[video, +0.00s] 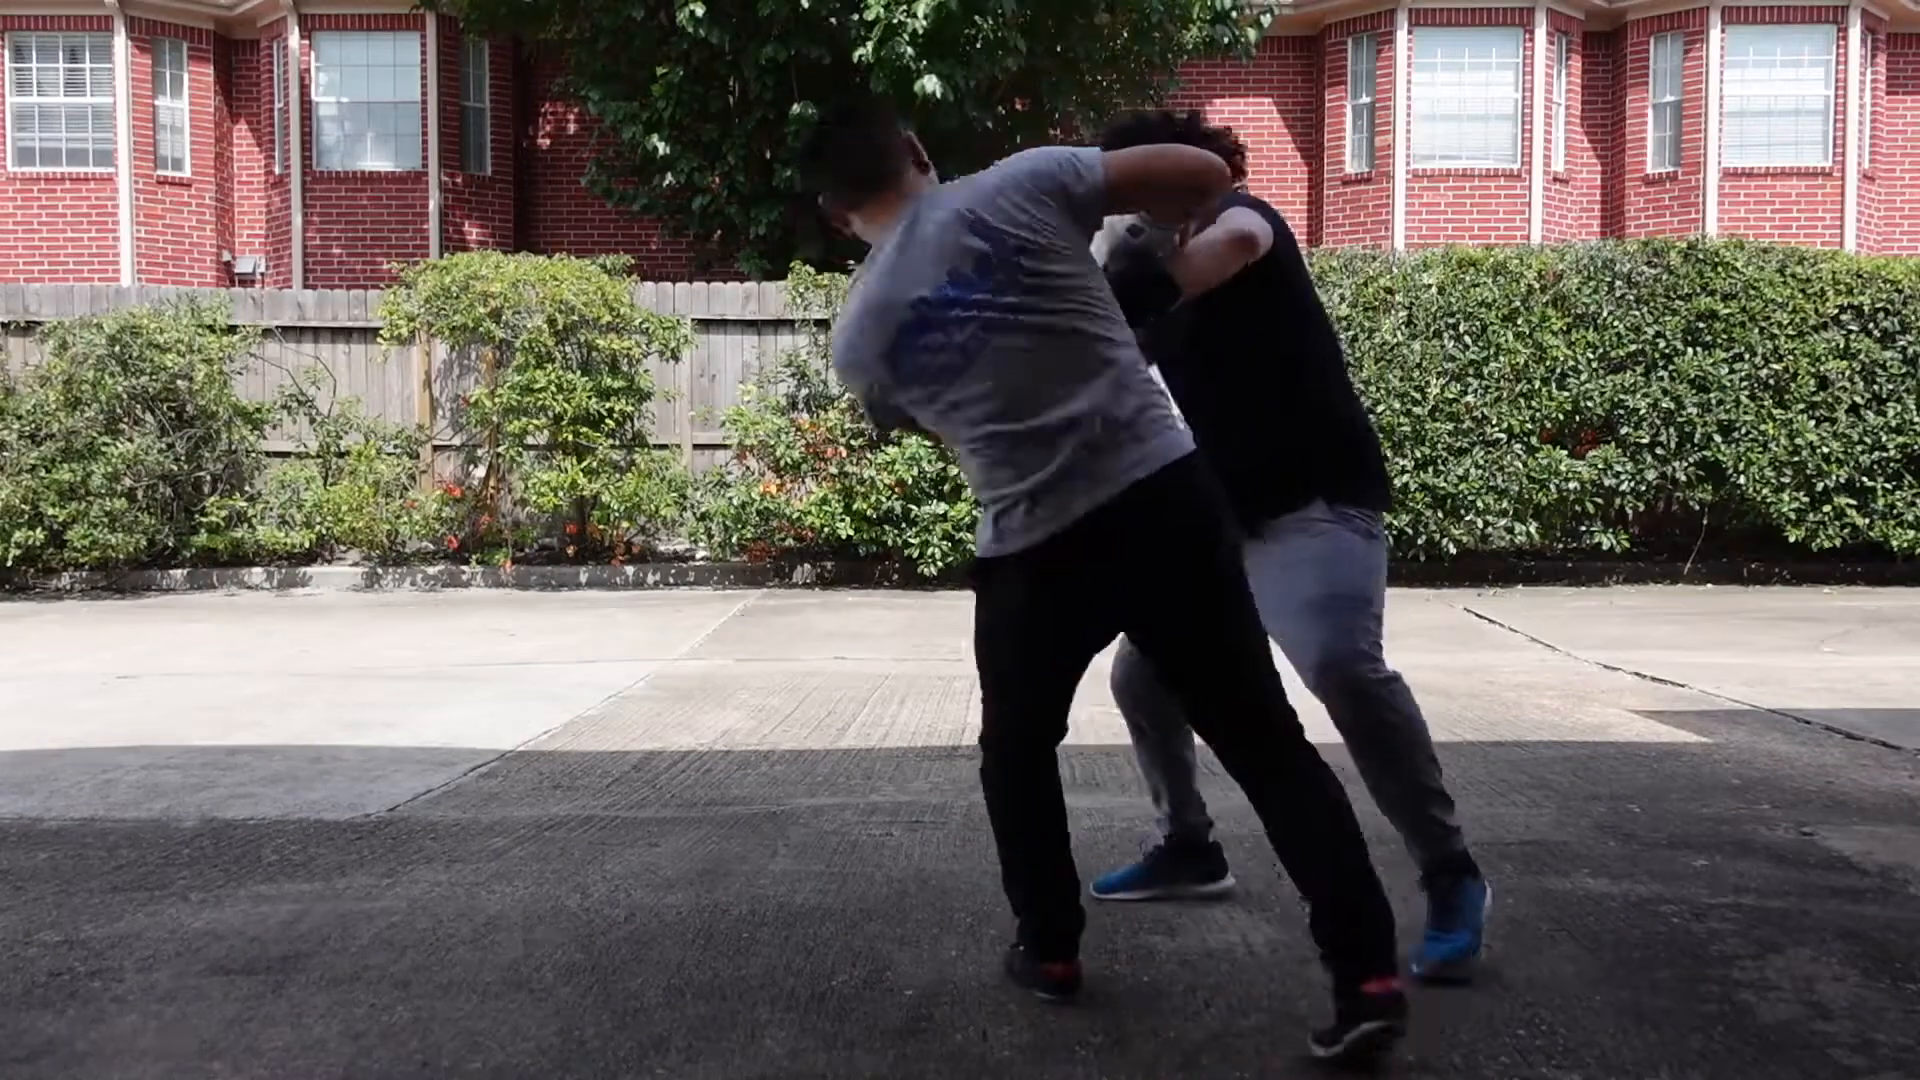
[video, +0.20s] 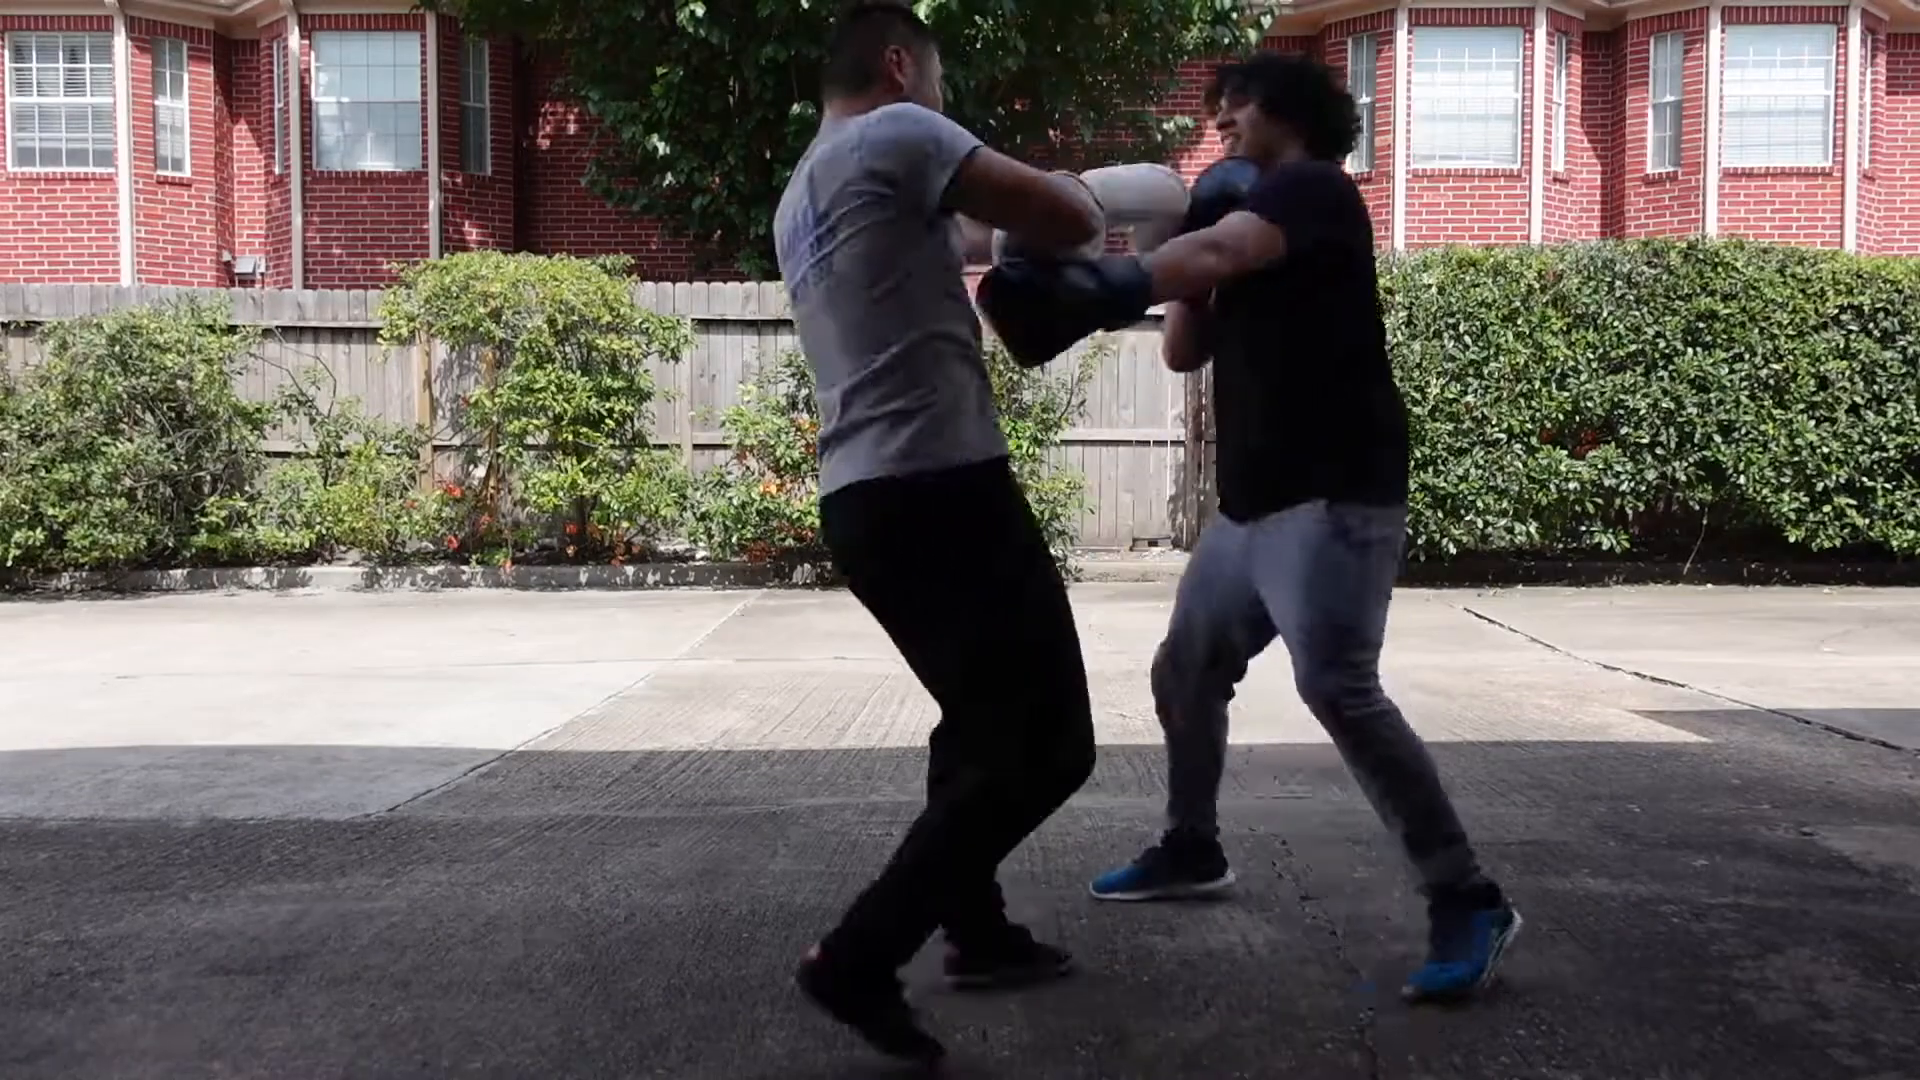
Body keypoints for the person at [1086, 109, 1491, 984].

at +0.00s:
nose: (1119, 207)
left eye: (1132, 190)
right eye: (1115, 193)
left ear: (1191, 178)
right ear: (1132, 199)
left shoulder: (1240, 216)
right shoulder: (1136, 265)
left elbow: (1226, 247)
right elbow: (1083, 336)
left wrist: (1118, 292)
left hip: (1314, 505)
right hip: (1216, 519)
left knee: (1339, 667)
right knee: (1139, 678)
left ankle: (1451, 878)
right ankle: (1187, 844)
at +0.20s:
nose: (1225, 125)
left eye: (1237, 109)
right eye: (1224, 113)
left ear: (1282, 116)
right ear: (1265, 124)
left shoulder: (1316, 191)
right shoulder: (1243, 223)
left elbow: (1226, 254)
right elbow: (1182, 351)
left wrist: (1103, 280)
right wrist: (1195, 239)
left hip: (1335, 505)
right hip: (1248, 510)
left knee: (1338, 688)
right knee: (1183, 677)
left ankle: (1466, 899)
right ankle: (1190, 845)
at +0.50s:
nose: (1304, 96)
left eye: (1322, 76)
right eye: (1307, 78)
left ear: (1378, 87)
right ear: (1382, 93)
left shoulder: (1396, 193)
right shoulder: (1396, 189)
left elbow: (1314, 335)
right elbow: (1330, 328)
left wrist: (1189, 295)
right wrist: (1265, 255)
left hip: (1431, 506)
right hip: (1403, 500)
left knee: (1369, 707)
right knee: (1308, 651)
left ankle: (1464, 951)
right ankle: (1331, 857)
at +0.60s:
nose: (1330, 87)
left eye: (1348, 66)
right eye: (1331, 68)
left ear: (1407, 74)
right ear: (1406, 81)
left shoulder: (1433, 177)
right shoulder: (1414, 174)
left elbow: (1335, 306)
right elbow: (1344, 307)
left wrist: (1217, 229)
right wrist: (1292, 233)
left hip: (1466, 488)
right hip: (1428, 477)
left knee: (1409, 690)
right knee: (1365, 638)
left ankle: (1468, 947)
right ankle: (1465, 841)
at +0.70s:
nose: (1351, 98)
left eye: (1367, 78)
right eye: (1350, 80)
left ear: (1423, 81)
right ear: (1410, 88)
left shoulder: (1463, 181)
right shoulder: (1446, 178)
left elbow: (1357, 298)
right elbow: (1366, 295)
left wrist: (1259, 203)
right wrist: (1308, 210)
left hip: (1489, 494)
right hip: (1470, 487)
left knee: (1434, 690)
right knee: (1467, 676)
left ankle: (1472, 948)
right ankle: (1582, 836)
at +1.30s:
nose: (1353, 132)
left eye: (1368, 112)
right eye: (1346, 117)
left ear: (1428, 112)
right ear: (1356, 127)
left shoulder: (1481, 206)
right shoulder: (1392, 219)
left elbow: (1443, 321)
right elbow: (1331, 348)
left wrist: (1346, 225)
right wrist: (1292, 264)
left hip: (1500, 496)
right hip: (1430, 498)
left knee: (1464, 690)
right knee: (1388, 664)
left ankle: (1536, 917)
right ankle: (1539, 812)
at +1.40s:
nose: (1329, 132)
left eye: (1343, 112)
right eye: (1322, 117)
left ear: (1406, 111)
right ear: (1323, 126)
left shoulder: (1456, 202)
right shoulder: (1350, 216)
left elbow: (1425, 302)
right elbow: (1289, 324)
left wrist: (1328, 208)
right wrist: (1257, 242)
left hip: (1469, 496)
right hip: (1386, 496)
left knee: (1459, 688)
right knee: (1328, 648)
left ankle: (1536, 915)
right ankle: (1401, 823)